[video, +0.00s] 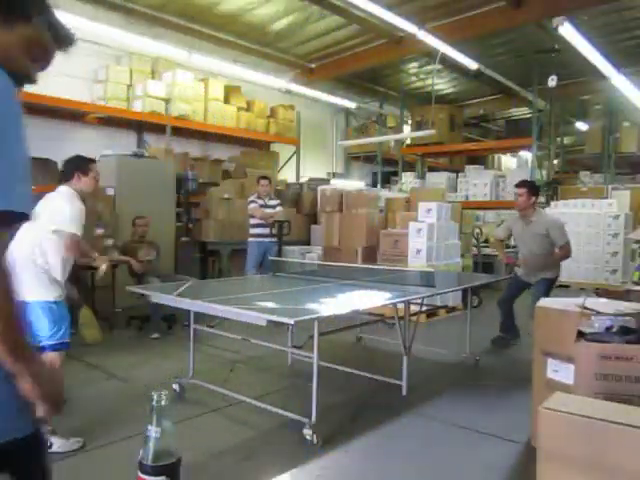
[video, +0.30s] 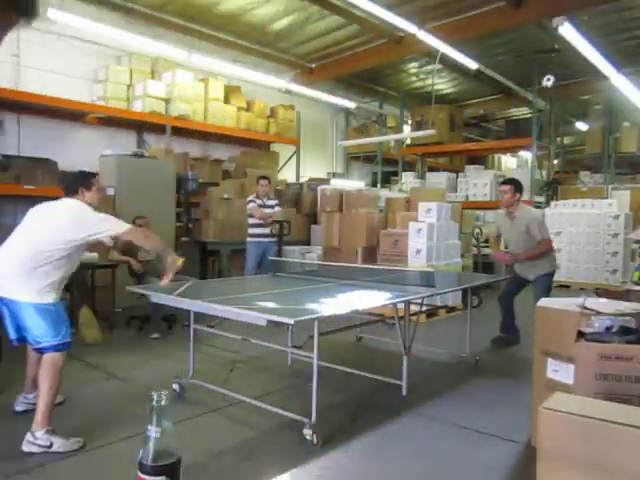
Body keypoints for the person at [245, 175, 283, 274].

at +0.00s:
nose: (264, 188)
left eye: (267, 185)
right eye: (262, 185)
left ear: (270, 187)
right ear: (257, 187)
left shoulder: (275, 201)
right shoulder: (252, 200)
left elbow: (280, 216)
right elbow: (258, 214)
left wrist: (263, 216)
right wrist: (274, 214)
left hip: (272, 240)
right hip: (256, 239)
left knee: (269, 270)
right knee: (251, 270)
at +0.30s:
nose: (263, 188)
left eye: (266, 186)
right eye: (261, 186)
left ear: (269, 187)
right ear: (257, 187)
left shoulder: (274, 201)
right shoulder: (251, 200)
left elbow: (279, 215)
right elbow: (257, 213)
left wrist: (263, 216)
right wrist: (273, 214)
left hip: (271, 240)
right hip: (254, 239)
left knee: (268, 269)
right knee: (250, 269)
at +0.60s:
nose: (257, 188)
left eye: (259, 186)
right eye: (255, 186)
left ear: (262, 187)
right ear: (250, 186)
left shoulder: (266, 201)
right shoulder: (244, 199)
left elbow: (270, 217)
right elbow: (251, 213)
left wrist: (257, 217)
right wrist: (265, 214)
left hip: (263, 240)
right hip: (248, 240)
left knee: (264, 269)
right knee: (248, 270)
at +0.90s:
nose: (251, 188)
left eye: (253, 185)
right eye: (249, 185)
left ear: (256, 187)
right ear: (243, 186)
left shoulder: (260, 202)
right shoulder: (238, 200)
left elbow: (267, 217)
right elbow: (246, 214)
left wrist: (252, 217)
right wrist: (260, 214)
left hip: (259, 240)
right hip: (243, 241)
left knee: (264, 269)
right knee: (245, 271)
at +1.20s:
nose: (250, 188)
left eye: (252, 185)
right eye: (247, 185)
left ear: (255, 186)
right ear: (242, 186)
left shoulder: (261, 200)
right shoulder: (237, 200)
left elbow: (267, 216)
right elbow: (244, 214)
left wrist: (252, 219)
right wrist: (260, 213)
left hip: (260, 239)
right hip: (244, 240)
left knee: (265, 269)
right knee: (245, 271)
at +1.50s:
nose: (252, 188)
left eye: (255, 185)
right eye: (249, 185)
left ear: (258, 187)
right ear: (245, 187)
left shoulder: (265, 200)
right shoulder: (240, 200)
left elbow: (269, 216)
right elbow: (246, 214)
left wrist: (254, 219)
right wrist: (262, 214)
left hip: (262, 239)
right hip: (247, 239)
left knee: (265, 269)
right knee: (246, 270)